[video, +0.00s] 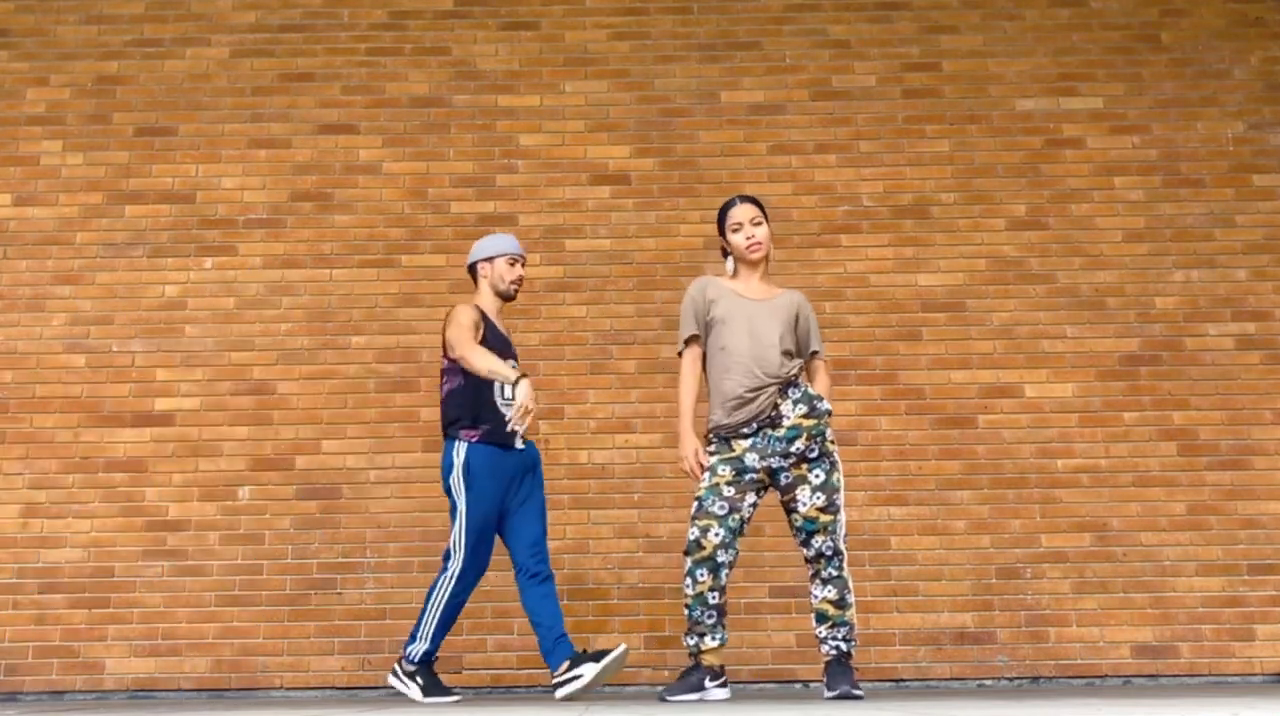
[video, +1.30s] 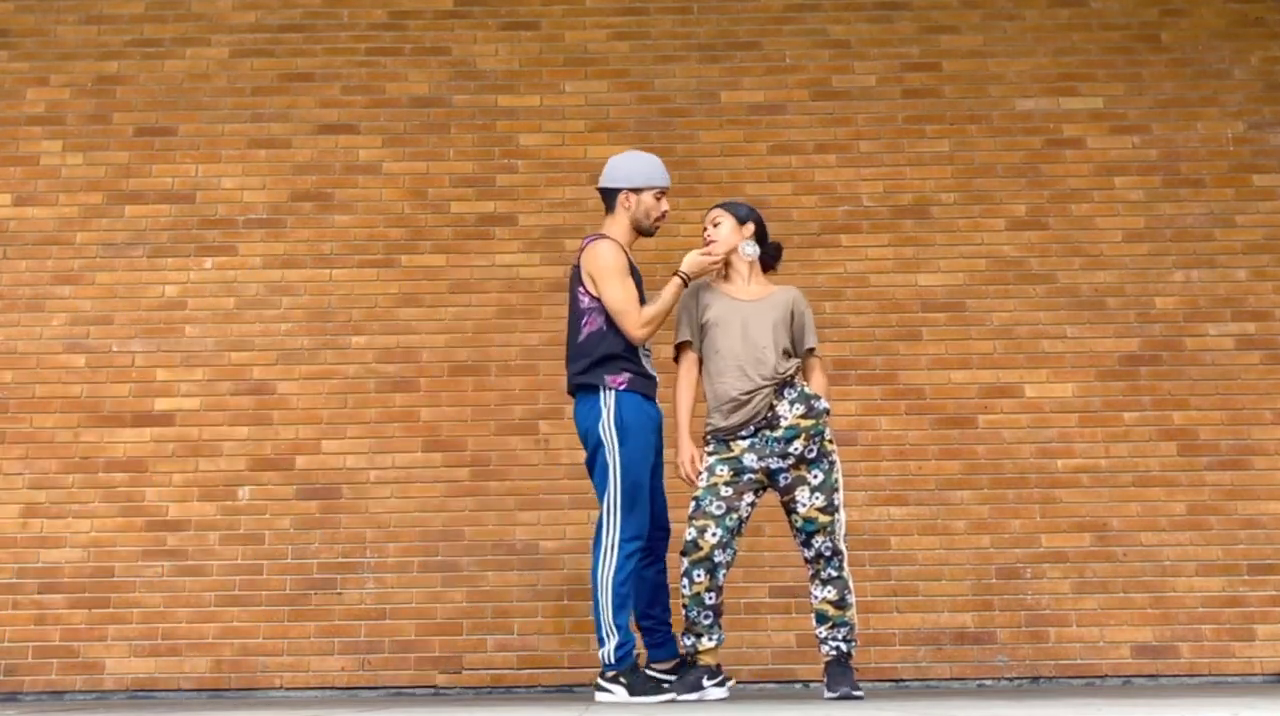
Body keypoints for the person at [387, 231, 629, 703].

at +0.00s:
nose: (520, 272)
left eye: (523, 265)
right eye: (512, 263)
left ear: (517, 273)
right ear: (483, 268)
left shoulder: (501, 334)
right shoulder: (465, 312)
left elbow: (503, 392)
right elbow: (465, 352)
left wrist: (528, 403)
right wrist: (516, 378)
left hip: (518, 457)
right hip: (475, 455)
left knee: (534, 564)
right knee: (465, 563)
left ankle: (564, 663)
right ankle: (413, 662)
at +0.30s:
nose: (586, 255)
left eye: (588, 249)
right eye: (577, 246)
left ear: (581, 260)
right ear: (548, 253)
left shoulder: (567, 319)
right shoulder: (524, 295)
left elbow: (566, 385)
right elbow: (507, 365)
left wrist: (587, 428)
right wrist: (514, 434)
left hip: (584, 443)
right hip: (544, 441)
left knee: (577, 556)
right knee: (539, 549)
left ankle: (577, 667)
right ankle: (486, 651)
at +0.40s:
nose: (599, 247)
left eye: (602, 240)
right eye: (589, 238)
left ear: (600, 252)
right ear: (561, 246)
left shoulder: (591, 320)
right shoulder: (532, 291)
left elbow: (583, 385)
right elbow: (499, 354)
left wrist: (604, 424)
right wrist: (521, 416)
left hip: (596, 439)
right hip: (551, 436)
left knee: (585, 550)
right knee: (558, 544)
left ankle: (578, 664)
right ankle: (547, 665)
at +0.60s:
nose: (613, 236)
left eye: (617, 230)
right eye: (603, 228)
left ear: (619, 241)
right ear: (576, 236)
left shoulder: (621, 309)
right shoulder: (545, 292)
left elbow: (622, 379)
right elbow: (518, 360)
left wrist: (639, 418)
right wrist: (571, 360)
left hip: (621, 433)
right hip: (566, 429)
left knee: (605, 543)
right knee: (588, 532)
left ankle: (578, 668)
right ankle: (605, 659)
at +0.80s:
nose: (625, 228)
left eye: (628, 221)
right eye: (615, 220)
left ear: (628, 231)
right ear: (586, 228)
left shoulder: (626, 297)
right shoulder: (560, 283)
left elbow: (633, 375)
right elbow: (572, 343)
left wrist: (660, 422)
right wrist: (626, 302)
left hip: (639, 425)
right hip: (589, 422)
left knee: (626, 543)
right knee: (606, 536)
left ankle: (584, 663)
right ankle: (619, 663)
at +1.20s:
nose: (661, 207)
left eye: (660, 197)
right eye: (652, 197)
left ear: (626, 203)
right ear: (621, 199)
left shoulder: (615, 260)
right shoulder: (597, 253)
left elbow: (628, 339)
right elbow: (632, 325)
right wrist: (683, 276)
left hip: (635, 403)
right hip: (611, 401)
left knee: (662, 526)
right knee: (624, 526)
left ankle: (633, 653)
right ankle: (619, 662)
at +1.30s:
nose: (666, 208)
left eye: (666, 198)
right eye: (659, 197)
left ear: (630, 201)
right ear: (628, 198)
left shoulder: (618, 255)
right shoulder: (604, 250)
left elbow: (636, 331)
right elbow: (636, 327)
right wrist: (681, 276)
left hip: (632, 401)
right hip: (613, 401)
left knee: (652, 531)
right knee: (623, 529)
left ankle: (663, 660)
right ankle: (617, 667)